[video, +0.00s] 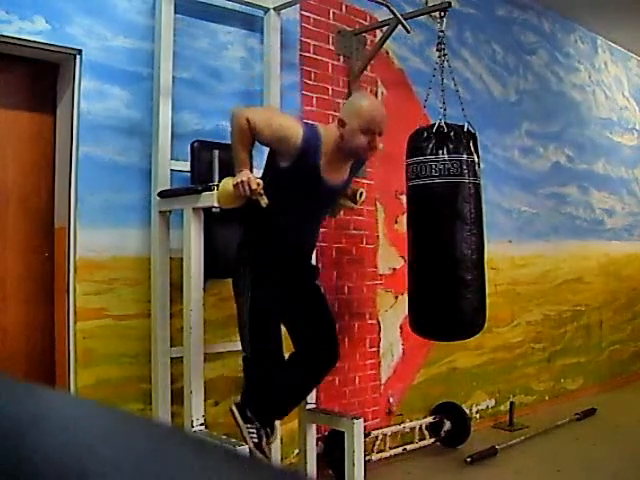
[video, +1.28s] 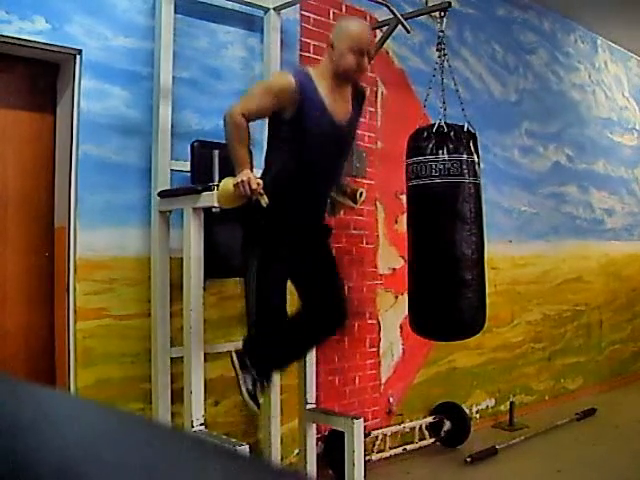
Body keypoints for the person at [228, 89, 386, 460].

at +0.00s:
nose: (375, 144)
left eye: (380, 135)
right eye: (368, 134)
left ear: (382, 134)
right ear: (342, 125)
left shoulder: (354, 160)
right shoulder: (300, 140)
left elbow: (312, 187)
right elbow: (244, 118)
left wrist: (340, 195)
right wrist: (243, 170)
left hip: (297, 266)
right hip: (258, 263)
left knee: (322, 350)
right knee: (264, 359)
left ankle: (254, 411)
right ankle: (261, 426)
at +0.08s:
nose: (375, 130)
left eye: (379, 120)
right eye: (368, 119)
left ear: (381, 118)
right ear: (341, 111)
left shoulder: (357, 150)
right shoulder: (301, 130)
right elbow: (240, 118)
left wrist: (341, 192)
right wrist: (243, 170)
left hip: (299, 257)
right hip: (261, 254)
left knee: (324, 342)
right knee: (265, 351)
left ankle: (253, 398)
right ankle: (262, 459)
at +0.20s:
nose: (369, 75)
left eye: (372, 66)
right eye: (362, 65)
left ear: (372, 66)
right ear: (337, 60)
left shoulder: (356, 105)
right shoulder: (292, 96)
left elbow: (316, 155)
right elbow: (236, 116)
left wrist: (337, 185)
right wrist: (243, 170)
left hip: (305, 228)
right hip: (267, 224)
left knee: (323, 318)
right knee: (262, 321)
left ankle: (249, 361)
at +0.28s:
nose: (367, 52)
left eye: (371, 43)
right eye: (361, 41)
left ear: (369, 45)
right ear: (335, 37)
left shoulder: (354, 83)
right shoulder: (289, 78)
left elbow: (334, 140)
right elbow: (237, 114)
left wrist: (339, 181)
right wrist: (243, 169)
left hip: (307, 210)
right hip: (268, 206)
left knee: (321, 300)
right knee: (261, 299)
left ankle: (245, 342)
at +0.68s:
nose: (364, 73)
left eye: (368, 64)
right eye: (357, 62)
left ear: (369, 63)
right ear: (332, 55)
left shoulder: (351, 102)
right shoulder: (288, 87)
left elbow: (334, 144)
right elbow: (236, 118)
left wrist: (340, 181)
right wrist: (243, 170)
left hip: (302, 222)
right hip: (262, 216)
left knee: (320, 311)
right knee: (256, 310)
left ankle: (247, 359)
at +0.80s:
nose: (366, 116)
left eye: (370, 108)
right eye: (360, 105)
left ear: (371, 108)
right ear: (335, 97)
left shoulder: (351, 143)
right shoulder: (292, 120)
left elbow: (319, 172)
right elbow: (235, 119)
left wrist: (341, 188)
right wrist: (243, 170)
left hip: (298, 251)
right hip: (258, 244)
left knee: (322, 337)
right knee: (260, 338)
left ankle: (261, 401)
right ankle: (262, 409)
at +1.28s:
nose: (364, 65)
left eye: (369, 56)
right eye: (358, 54)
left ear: (369, 57)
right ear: (333, 48)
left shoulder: (357, 94)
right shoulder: (292, 86)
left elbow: (327, 148)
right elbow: (236, 115)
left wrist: (337, 184)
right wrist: (244, 170)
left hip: (309, 221)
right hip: (269, 218)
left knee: (330, 312)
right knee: (267, 319)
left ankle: (257, 361)